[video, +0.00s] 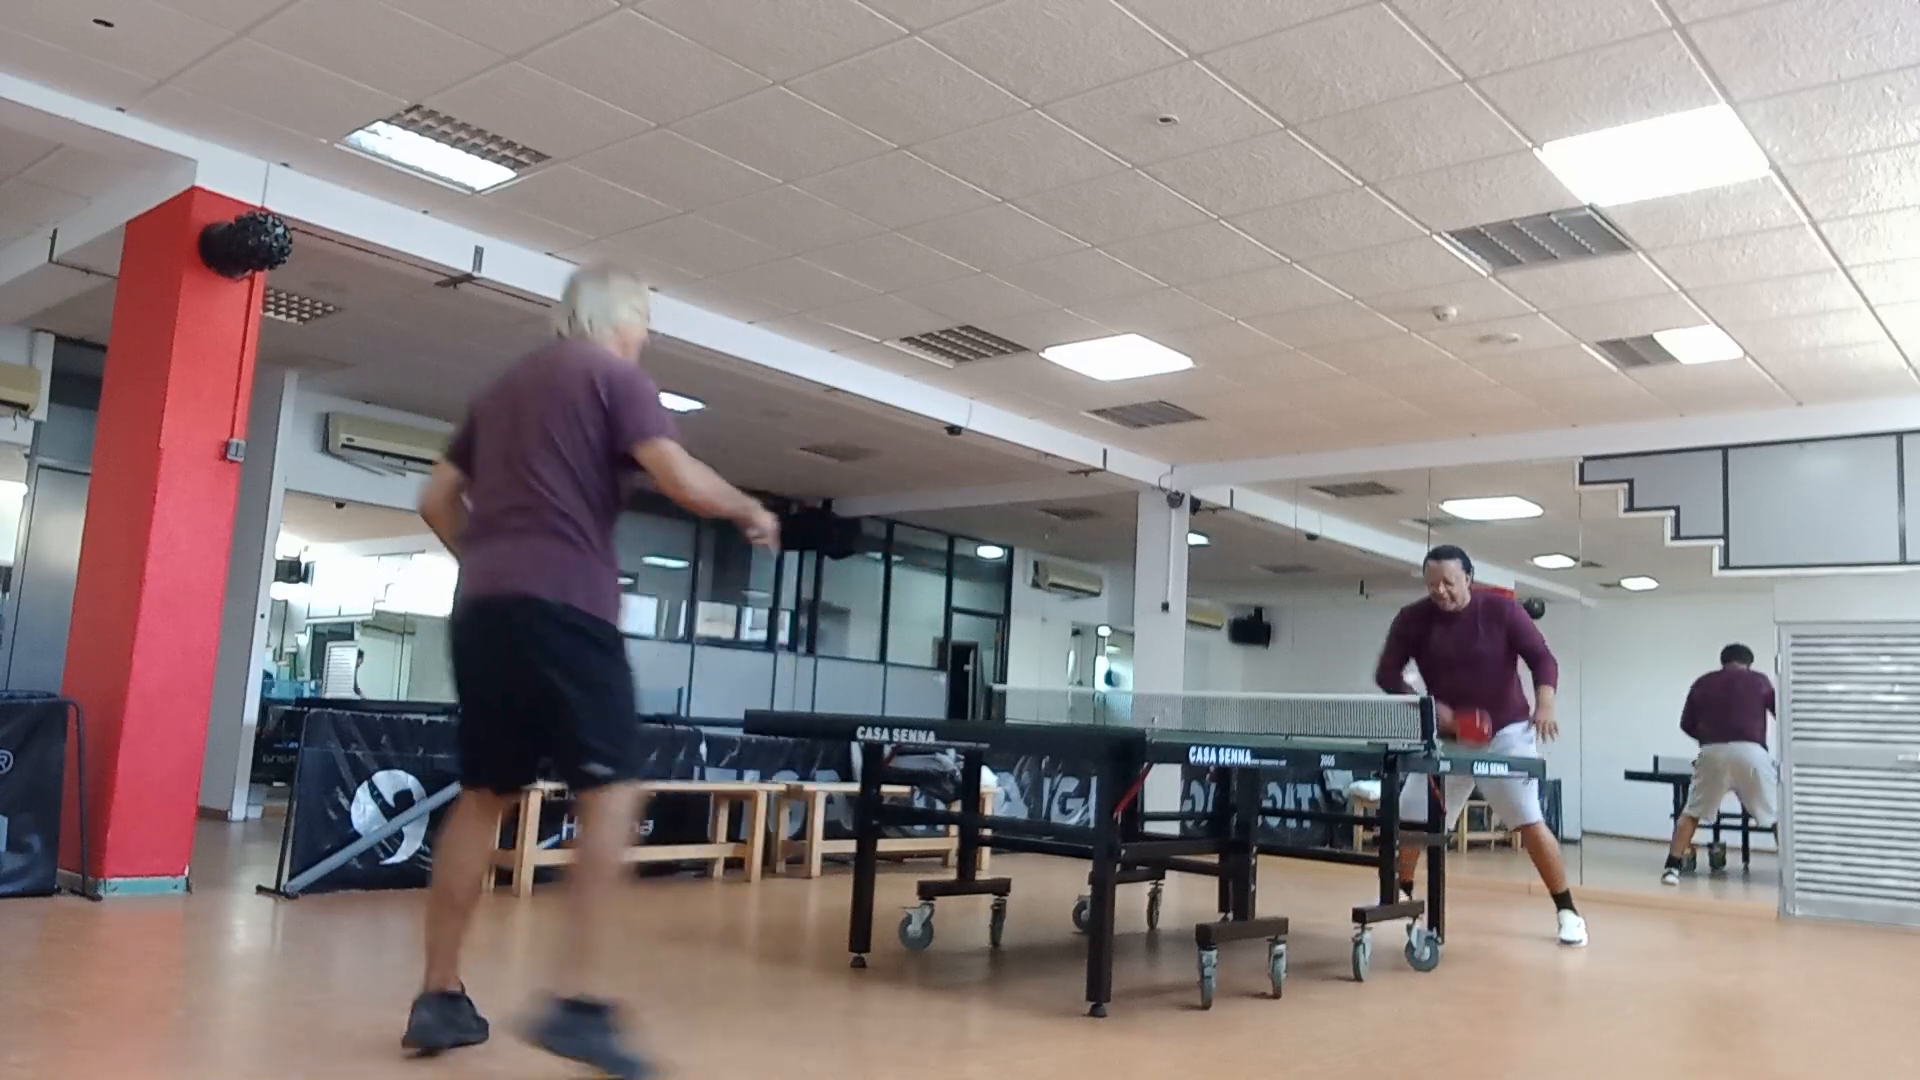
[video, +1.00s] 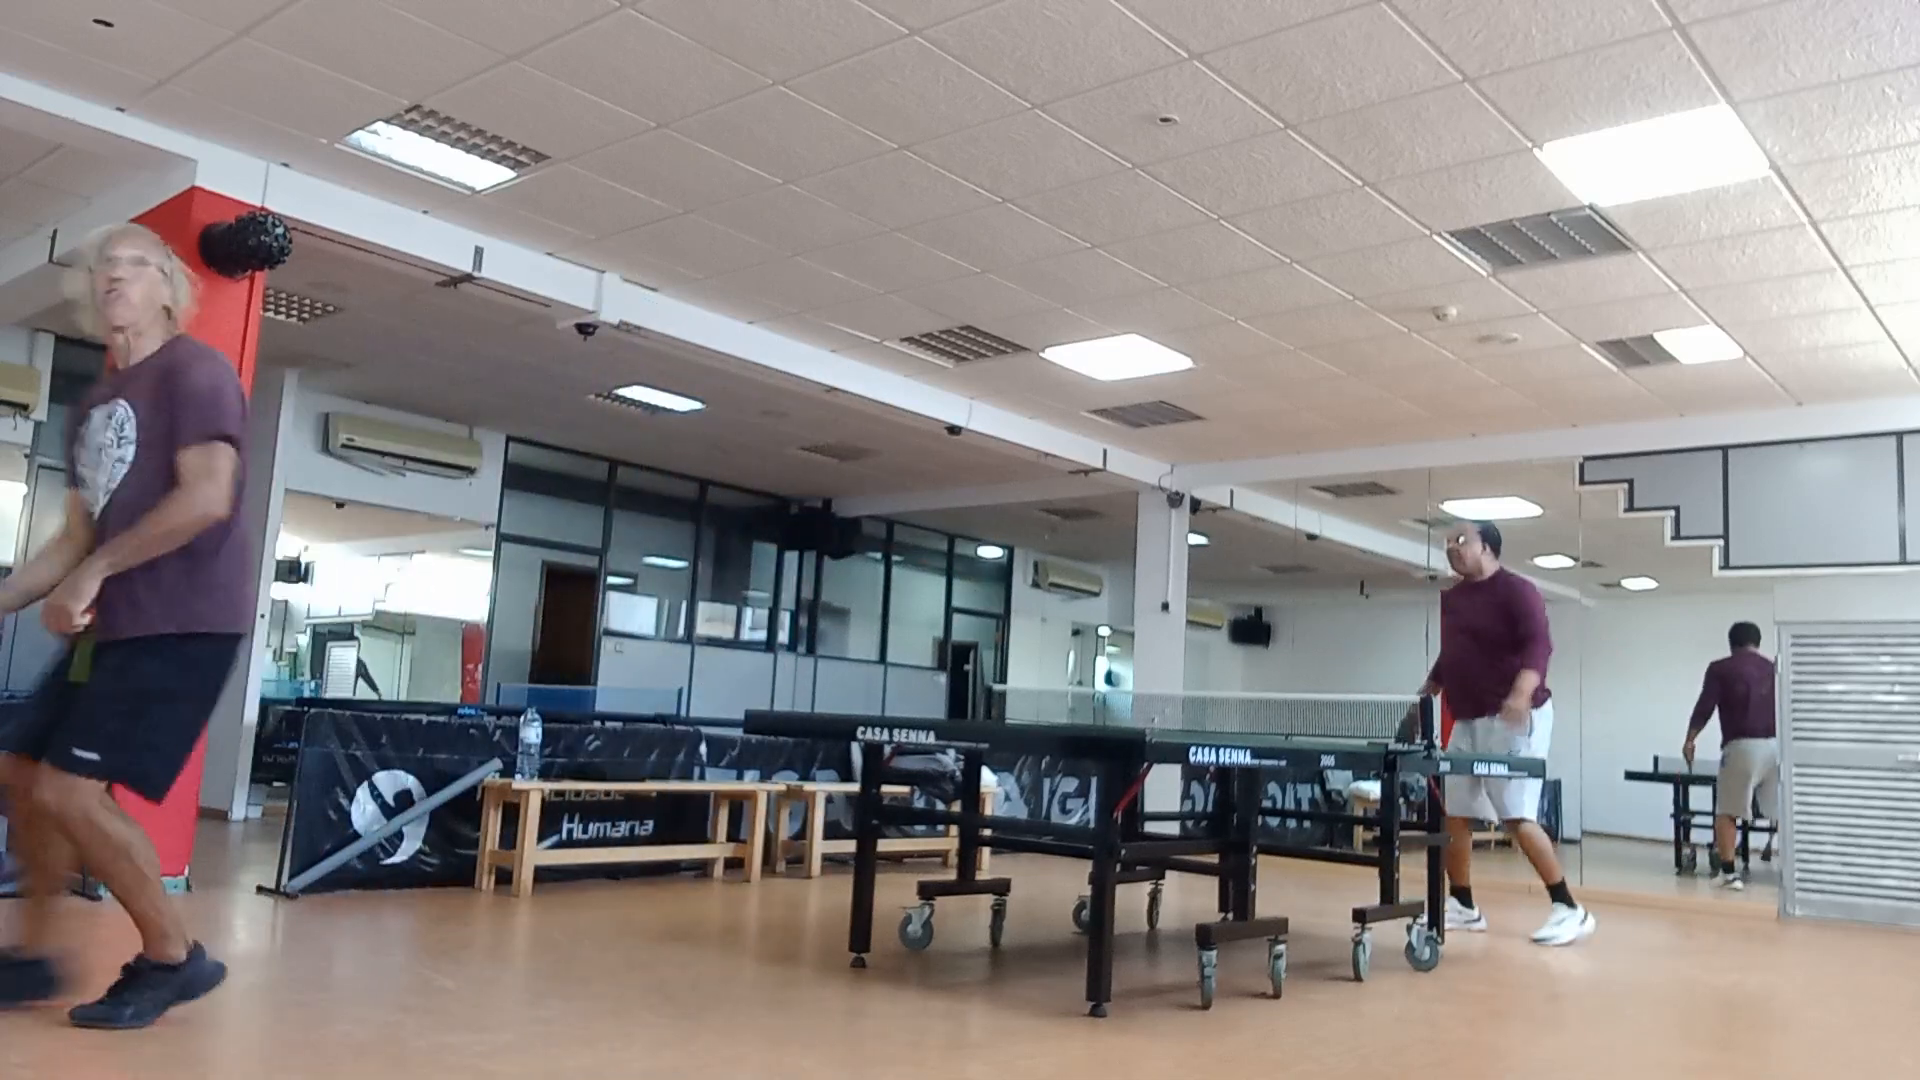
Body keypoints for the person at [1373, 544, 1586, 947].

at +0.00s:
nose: (1440, 591)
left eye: (1448, 582)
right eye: (1433, 584)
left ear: (1467, 577)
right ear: (1426, 584)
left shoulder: (1502, 610)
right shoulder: (1414, 620)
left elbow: (1542, 658)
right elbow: (1386, 675)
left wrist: (1545, 706)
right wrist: (1432, 710)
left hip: (1507, 733)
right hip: (1448, 739)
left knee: (1527, 819)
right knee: (1409, 820)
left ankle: (1567, 911)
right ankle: (1401, 896)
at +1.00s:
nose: (1450, 549)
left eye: (1458, 541)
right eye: (1448, 544)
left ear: (1485, 546)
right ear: (1453, 553)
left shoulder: (1519, 591)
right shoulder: (1452, 597)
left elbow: (1539, 646)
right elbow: (1453, 652)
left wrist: (1521, 694)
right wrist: (1427, 693)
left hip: (1515, 716)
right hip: (1466, 719)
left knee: (1516, 815)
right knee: (1455, 812)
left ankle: (1568, 909)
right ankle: (1462, 906)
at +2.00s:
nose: (1403, 598)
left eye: (1401, 590)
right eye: (1400, 591)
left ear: (1412, 580)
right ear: (1429, 575)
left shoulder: (1438, 597)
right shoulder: (1462, 592)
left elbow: (1442, 657)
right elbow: (1446, 654)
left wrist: (1428, 714)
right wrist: (1396, 653)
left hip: (1487, 702)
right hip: (1501, 699)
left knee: (1480, 801)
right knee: (1467, 806)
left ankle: (1534, 891)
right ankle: (1463, 900)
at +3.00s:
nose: (1470, 561)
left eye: (1477, 553)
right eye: (1466, 557)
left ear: (1502, 553)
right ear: (1466, 566)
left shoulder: (1546, 594)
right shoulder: (1465, 611)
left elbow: (1591, 647)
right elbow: (1423, 641)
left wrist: (1600, 710)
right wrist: (1386, 627)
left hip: (1556, 722)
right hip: (1502, 729)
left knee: (1558, 821)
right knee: (1485, 816)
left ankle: (1568, 907)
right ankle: (1466, 900)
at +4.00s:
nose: (1580, 527)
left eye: (1589, 518)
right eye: (1570, 521)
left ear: (1606, 523)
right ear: (1559, 530)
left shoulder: (1639, 577)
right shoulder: (1533, 583)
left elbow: (1662, 645)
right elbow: (1513, 653)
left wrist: (1682, 707)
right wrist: (1505, 718)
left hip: (1632, 725)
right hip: (1561, 728)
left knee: (1646, 827)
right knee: (1558, 827)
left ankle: (1666, 936)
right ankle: (1550, 920)